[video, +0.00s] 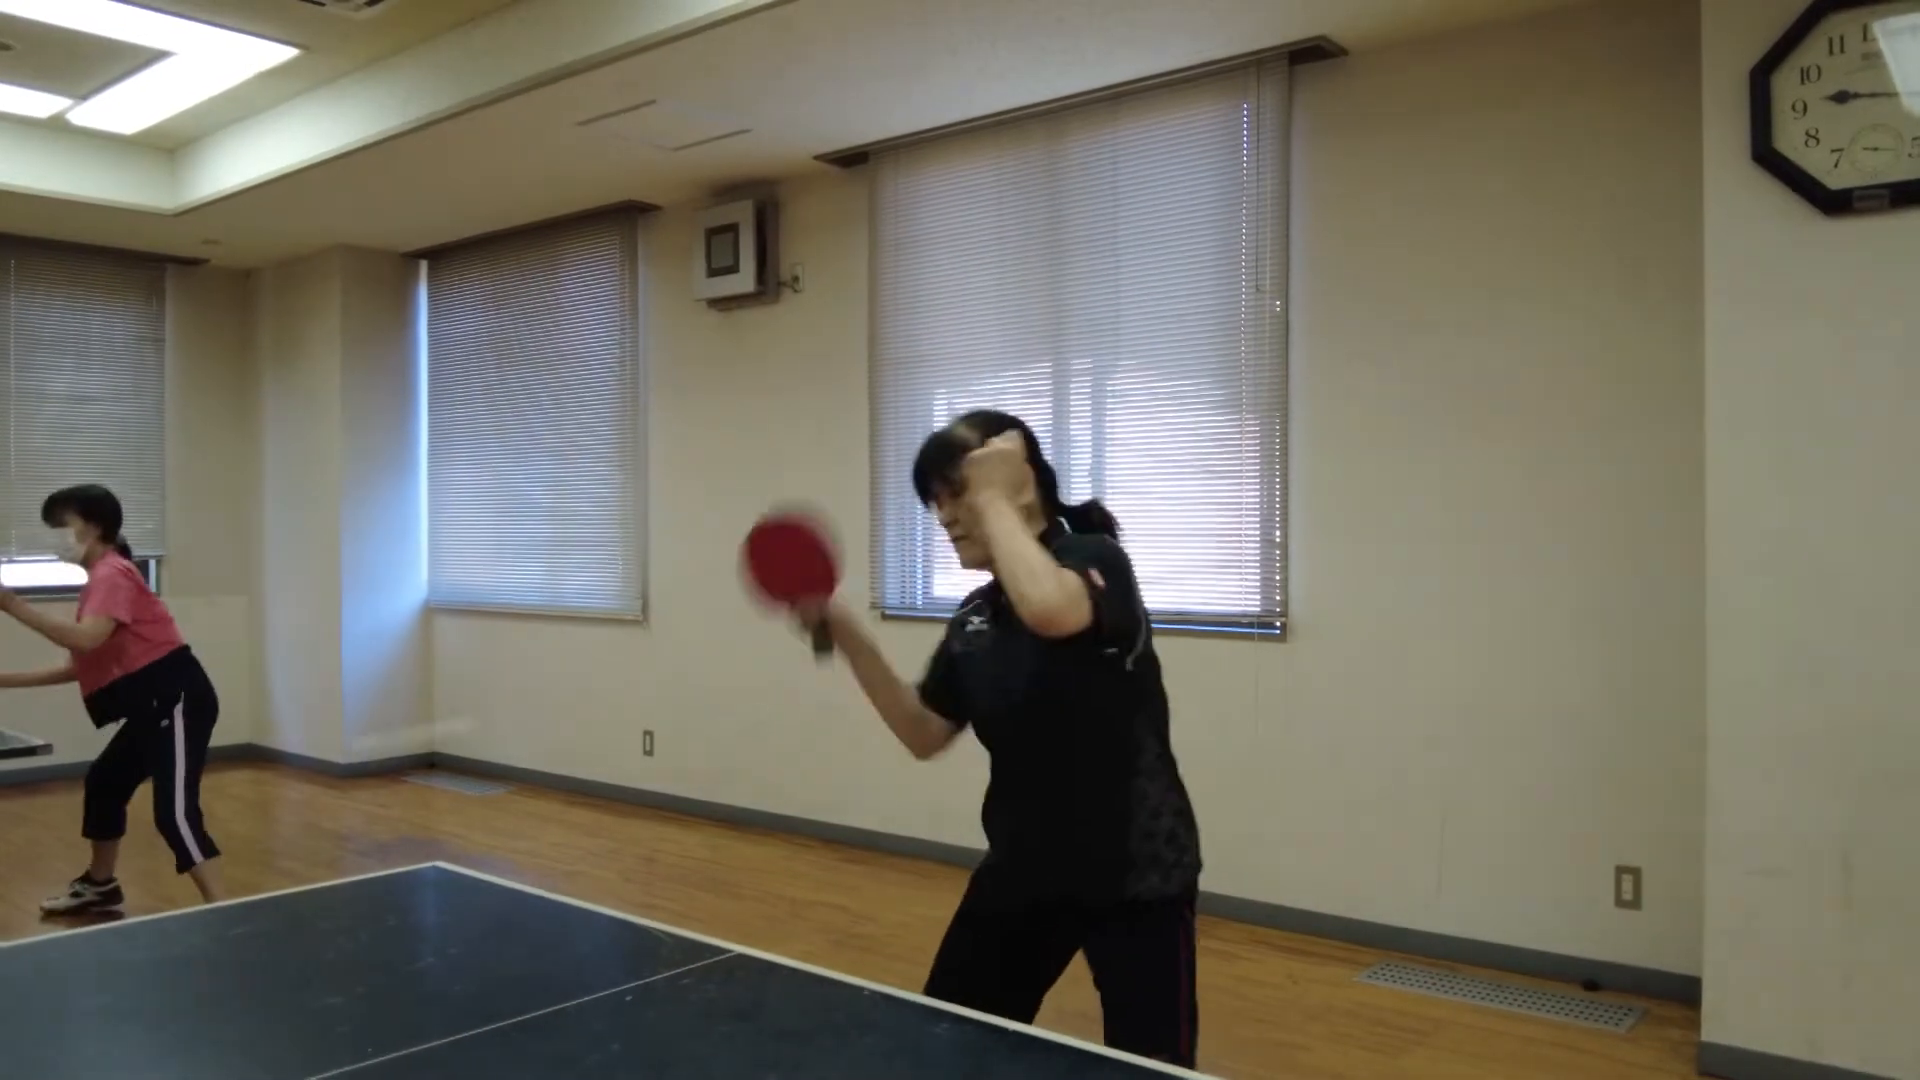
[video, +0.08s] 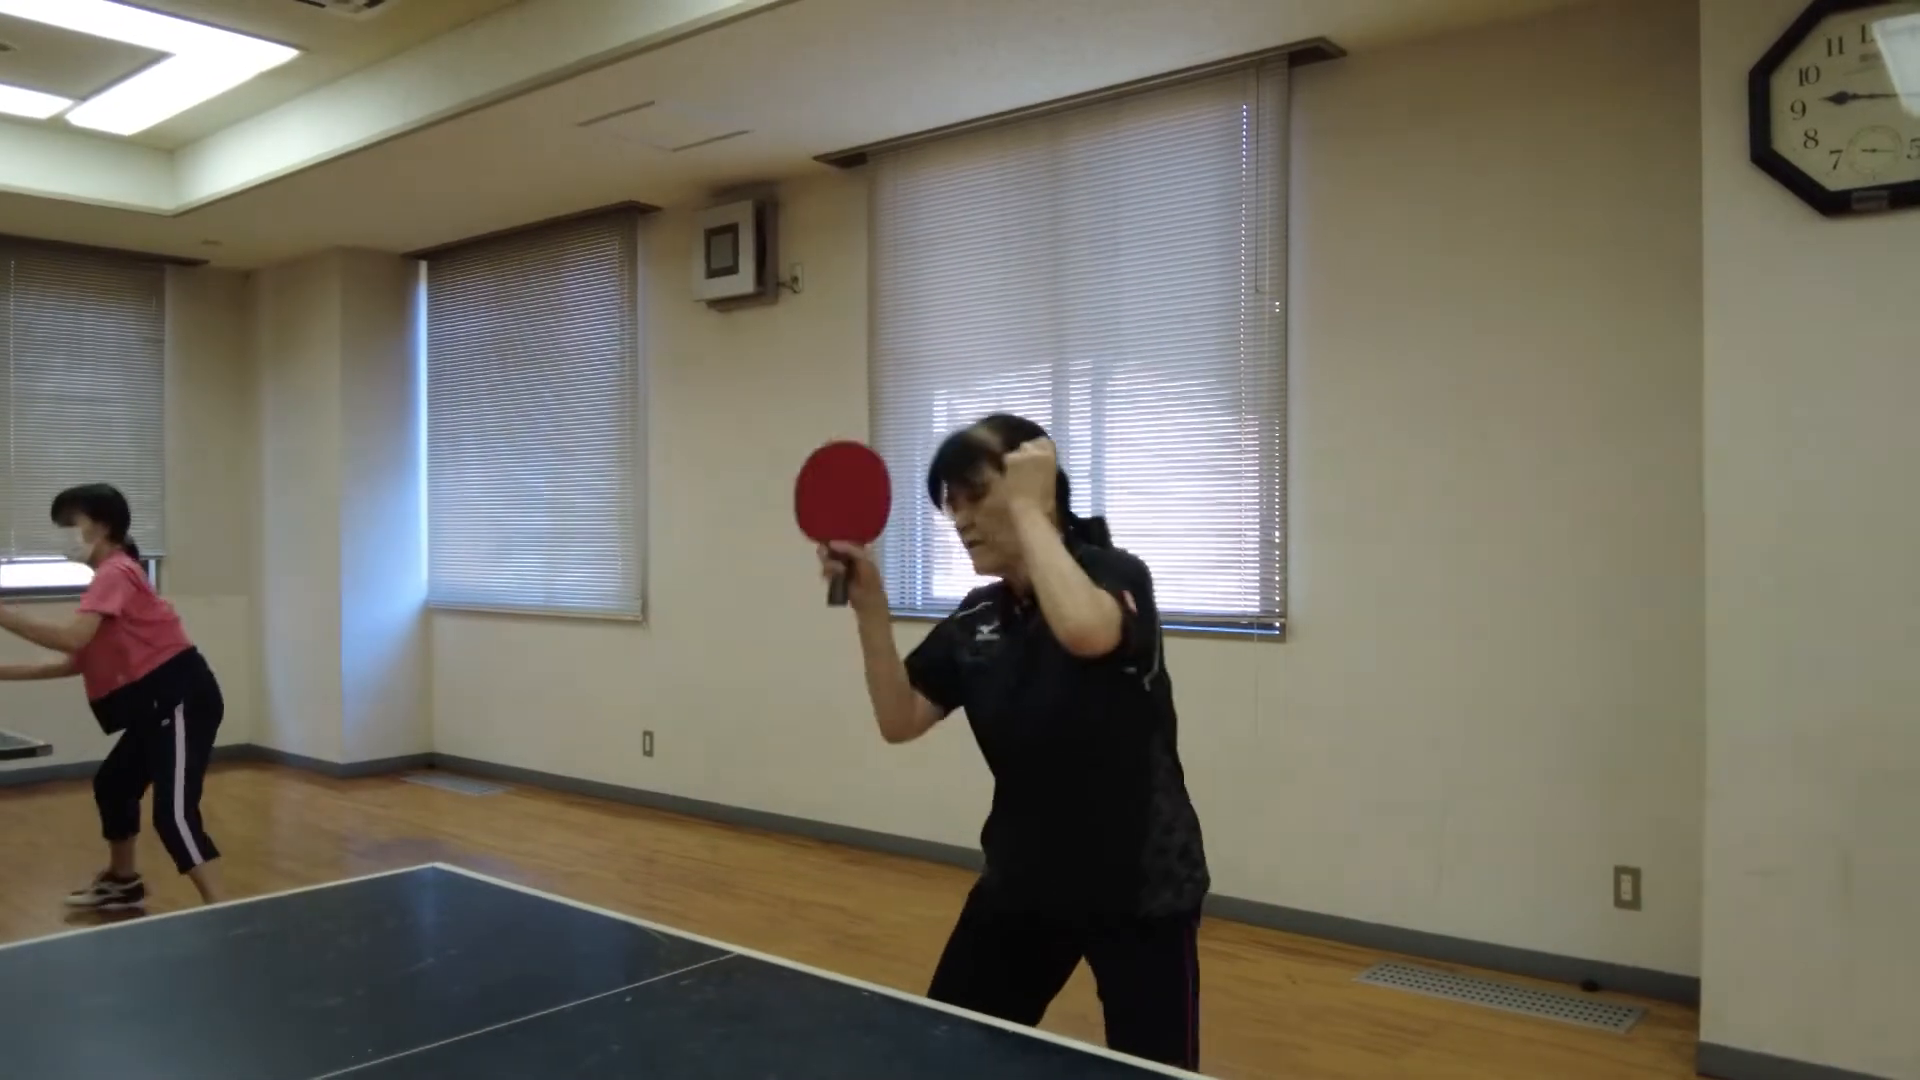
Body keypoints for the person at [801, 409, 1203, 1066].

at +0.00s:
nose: (946, 515)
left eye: (958, 495)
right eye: (939, 502)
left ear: (1015, 489)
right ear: (941, 511)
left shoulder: (1096, 560)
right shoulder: (976, 619)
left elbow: (1049, 609)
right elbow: (926, 734)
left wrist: (993, 494)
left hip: (1135, 867)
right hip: (1028, 867)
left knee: (1154, 1072)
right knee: (944, 1046)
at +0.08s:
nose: (961, 519)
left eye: (976, 495)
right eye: (953, 504)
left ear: (1033, 494)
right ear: (950, 515)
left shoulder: (1113, 573)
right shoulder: (978, 619)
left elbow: (1086, 631)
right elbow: (900, 719)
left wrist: (1032, 509)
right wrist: (869, 599)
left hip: (1139, 884)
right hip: (1027, 881)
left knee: (1158, 1078)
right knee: (943, 1053)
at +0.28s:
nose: (975, 525)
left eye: (996, 503)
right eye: (966, 510)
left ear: (1059, 509)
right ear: (958, 521)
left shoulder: (1117, 607)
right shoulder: (973, 627)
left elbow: (1124, 731)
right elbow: (906, 744)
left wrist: (1029, 608)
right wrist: (857, 681)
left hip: (1122, 898)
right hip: (1013, 890)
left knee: (1137, 1078)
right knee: (930, 1051)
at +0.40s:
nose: (950, 533)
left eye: (971, 511)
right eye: (941, 517)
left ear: (1033, 516)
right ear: (933, 524)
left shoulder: (1083, 611)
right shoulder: (969, 632)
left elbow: (1104, 755)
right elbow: (928, 760)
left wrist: (989, 643)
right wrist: (831, 728)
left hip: (1105, 909)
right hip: (1005, 896)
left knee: (1116, 1079)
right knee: (919, 1048)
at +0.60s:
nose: (898, 573)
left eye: (914, 550)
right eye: (890, 558)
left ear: (976, 546)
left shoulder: (1004, 623)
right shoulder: (979, 630)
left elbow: (1037, 766)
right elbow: (1010, 786)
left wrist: (905, 702)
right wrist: (919, 816)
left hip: (1065, 930)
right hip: (998, 912)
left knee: (1060, 1073)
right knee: (897, 1036)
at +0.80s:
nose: (903, 536)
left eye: (912, 511)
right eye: (895, 520)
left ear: (968, 503)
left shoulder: (1037, 584)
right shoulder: (972, 611)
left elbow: (995, 681)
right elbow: (977, 766)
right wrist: (872, 742)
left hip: (1088, 883)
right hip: (997, 875)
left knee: (1107, 1067)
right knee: (914, 1041)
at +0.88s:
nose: (925, 529)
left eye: (937, 505)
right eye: (916, 516)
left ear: (995, 491)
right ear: (914, 527)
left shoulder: (1075, 569)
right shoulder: (957, 625)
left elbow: (1012, 642)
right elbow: (901, 733)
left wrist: (960, 517)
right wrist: (811, 661)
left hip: (1121, 866)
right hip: (1013, 865)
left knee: (1138, 1064)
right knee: (930, 1036)